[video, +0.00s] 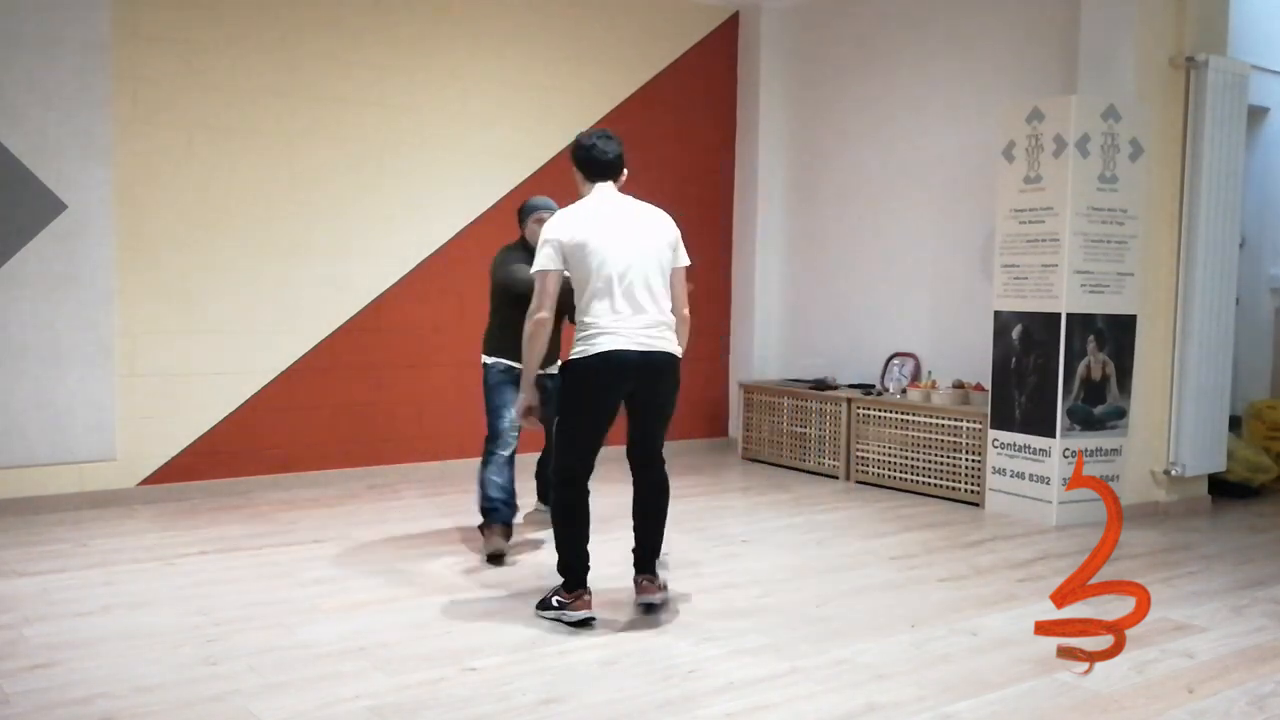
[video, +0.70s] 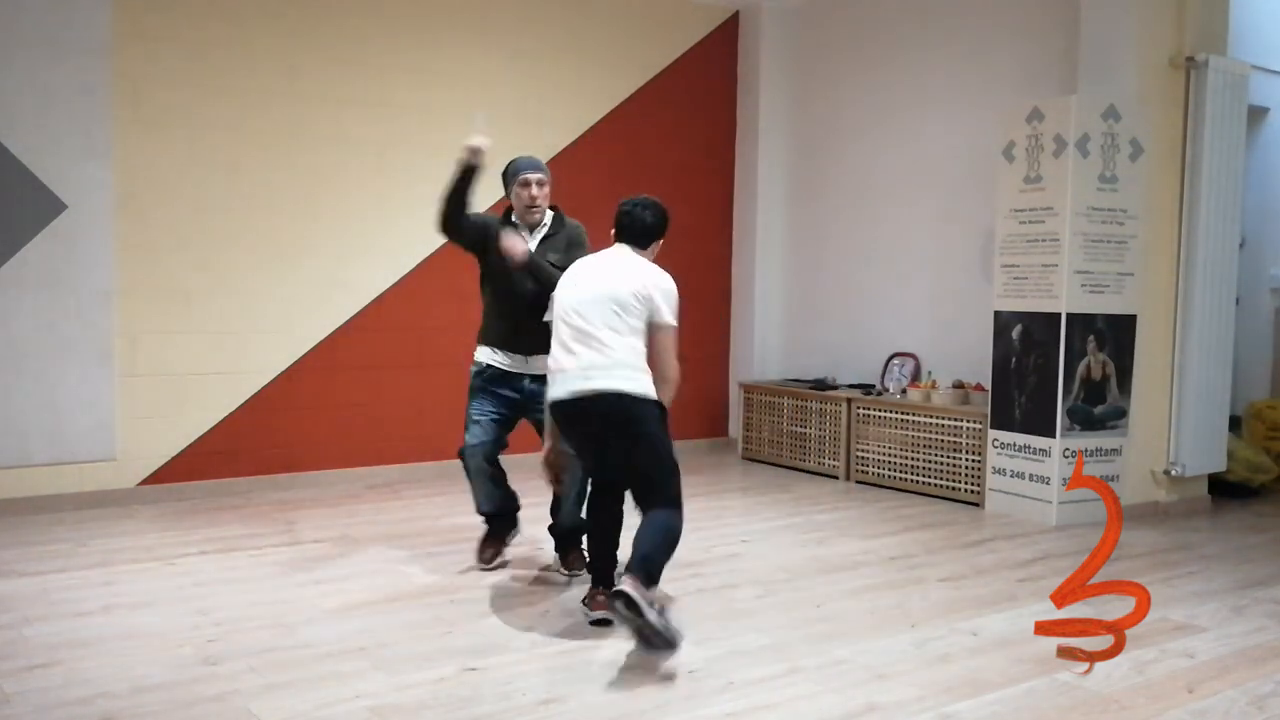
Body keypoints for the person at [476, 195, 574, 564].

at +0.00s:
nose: (546, 229)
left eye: (551, 223)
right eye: (539, 223)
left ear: (558, 227)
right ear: (523, 226)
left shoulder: (560, 263)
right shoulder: (508, 260)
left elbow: (574, 309)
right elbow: (531, 283)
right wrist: (568, 280)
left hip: (547, 364)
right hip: (505, 363)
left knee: (560, 432)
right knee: (503, 439)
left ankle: (550, 491)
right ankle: (496, 524)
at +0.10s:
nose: (531, 228)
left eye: (536, 221)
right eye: (523, 222)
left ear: (544, 224)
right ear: (508, 228)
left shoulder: (556, 259)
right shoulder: (497, 261)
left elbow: (574, 301)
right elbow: (483, 285)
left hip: (548, 366)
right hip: (505, 365)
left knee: (570, 432)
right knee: (508, 442)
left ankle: (552, 491)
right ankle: (499, 530)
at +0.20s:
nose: (520, 221)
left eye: (526, 213)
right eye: (511, 215)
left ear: (534, 218)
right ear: (496, 223)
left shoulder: (553, 255)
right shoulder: (485, 264)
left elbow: (579, 296)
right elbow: (460, 291)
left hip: (554, 362)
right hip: (508, 364)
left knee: (568, 430)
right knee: (505, 441)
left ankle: (552, 487)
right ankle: (499, 530)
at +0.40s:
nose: (511, 205)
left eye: (517, 197)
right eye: (502, 199)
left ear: (527, 202)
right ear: (487, 207)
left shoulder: (553, 246)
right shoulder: (478, 259)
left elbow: (579, 302)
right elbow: (447, 311)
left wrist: (553, 330)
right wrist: (389, 299)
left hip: (551, 370)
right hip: (500, 369)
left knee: (557, 450)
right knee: (494, 443)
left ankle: (567, 517)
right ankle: (500, 534)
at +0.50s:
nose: (512, 200)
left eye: (519, 191)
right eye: (503, 193)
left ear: (529, 197)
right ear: (489, 201)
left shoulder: (559, 246)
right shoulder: (476, 252)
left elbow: (591, 301)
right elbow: (430, 289)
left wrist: (584, 362)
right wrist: (403, 244)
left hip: (550, 372)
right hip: (497, 372)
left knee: (561, 452)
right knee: (490, 452)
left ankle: (571, 529)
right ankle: (501, 535)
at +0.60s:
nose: (524, 196)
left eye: (530, 187)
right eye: (514, 188)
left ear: (540, 192)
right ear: (499, 196)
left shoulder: (567, 238)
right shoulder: (480, 241)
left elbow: (589, 297)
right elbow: (422, 245)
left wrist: (556, 314)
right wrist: (426, 190)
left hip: (553, 367)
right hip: (498, 368)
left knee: (563, 453)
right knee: (492, 453)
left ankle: (567, 543)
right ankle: (502, 533)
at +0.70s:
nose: (533, 194)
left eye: (540, 185)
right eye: (524, 185)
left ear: (551, 190)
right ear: (509, 192)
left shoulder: (571, 235)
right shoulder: (491, 231)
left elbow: (571, 293)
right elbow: (452, 223)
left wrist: (527, 259)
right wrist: (467, 171)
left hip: (551, 372)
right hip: (496, 369)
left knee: (571, 459)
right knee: (475, 450)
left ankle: (569, 536)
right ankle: (501, 519)